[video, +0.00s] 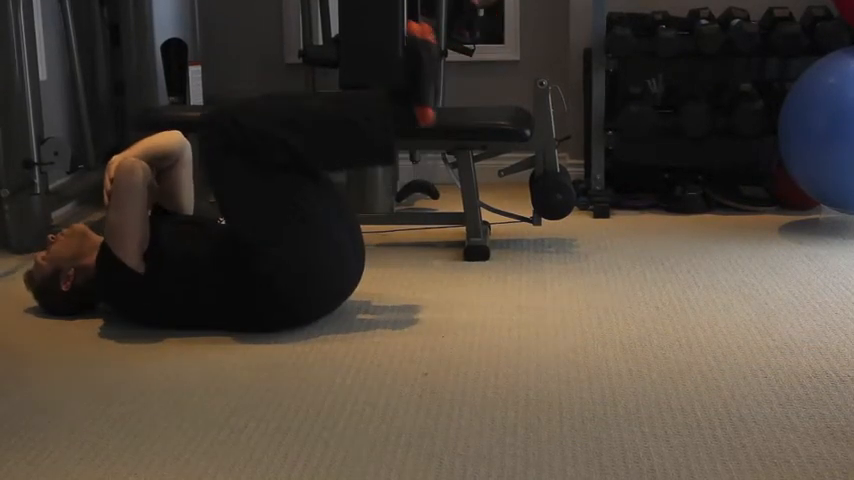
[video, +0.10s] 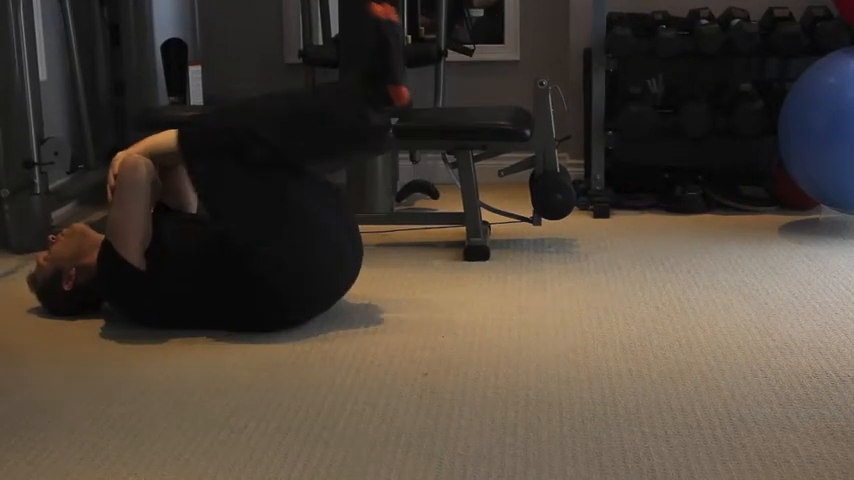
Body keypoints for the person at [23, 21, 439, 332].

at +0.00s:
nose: (57, 236)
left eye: (47, 241)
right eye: (51, 248)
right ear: (72, 278)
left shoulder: (153, 253)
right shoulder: (120, 283)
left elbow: (177, 144)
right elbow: (129, 171)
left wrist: (122, 167)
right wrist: (123, 170)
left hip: (320, 262)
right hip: (297, 276)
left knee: (229, 129)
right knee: (227, 132)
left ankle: (395, 104)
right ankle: (399, 116)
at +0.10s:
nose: (57, 231)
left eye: (47, 239)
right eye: (53, 245)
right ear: (73, 277)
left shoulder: (159, 249)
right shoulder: (121, 279)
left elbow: (176, 158)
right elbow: (133, 164)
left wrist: (131, 160)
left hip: (327, 253)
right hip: (295, 272)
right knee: (201, 138)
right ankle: (360, 108)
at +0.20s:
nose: (56, 236)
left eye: (46, 244)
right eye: (52, 251)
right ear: (73, 278)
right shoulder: (125, 282)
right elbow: (131, 165)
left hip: (328, 242)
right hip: (295, 262)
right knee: (180, 142)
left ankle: (339, 73)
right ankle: (340, 77)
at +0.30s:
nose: (54, 241)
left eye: (46, 246)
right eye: (51, 251)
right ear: (72, 276)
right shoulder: (120, 284)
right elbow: (130, 165)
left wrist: (135, 163)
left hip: (325, 237)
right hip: (293, 256)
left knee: (161, 129)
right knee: (156, 135)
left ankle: (322, 65)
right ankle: (320, 67)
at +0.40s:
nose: (53, 238)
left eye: (45, 245)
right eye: (50, 250)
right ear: (69, 276)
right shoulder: (117, 284)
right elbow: (127, 167)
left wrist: (129, 166)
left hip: (322, 236)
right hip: (291, 257)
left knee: (159, 129)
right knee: (158, 146)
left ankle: (315, 69)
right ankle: (312, 68)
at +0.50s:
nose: (50, 242)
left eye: (42, 248)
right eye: (48, 253)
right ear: (70, 277)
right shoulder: (118, 285)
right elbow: (122, 170)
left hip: (323, 235)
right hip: (291, 257)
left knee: (158, 127)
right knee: (158, 140)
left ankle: (319, 67)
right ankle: (315, 70)